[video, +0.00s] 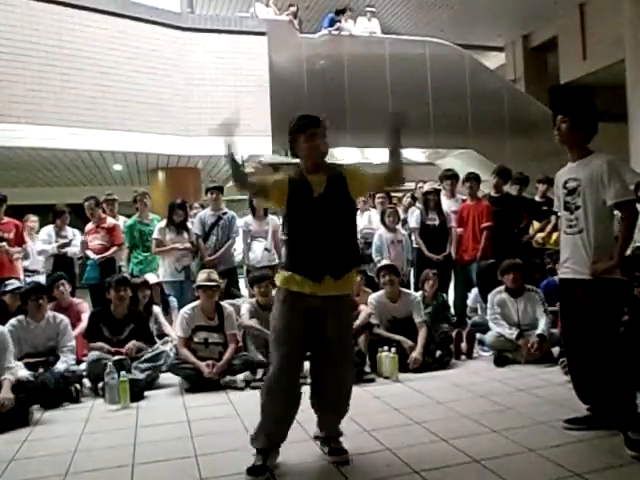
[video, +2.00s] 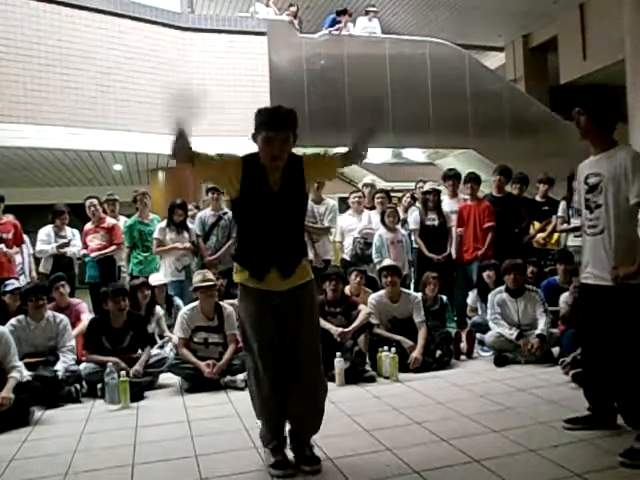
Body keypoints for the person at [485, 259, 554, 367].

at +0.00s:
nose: (512, 277)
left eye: (515, 273)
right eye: (508, 274)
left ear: (522, 275)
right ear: (502, 278)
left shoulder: (535, 293)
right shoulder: (495, 296)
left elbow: (544, 316)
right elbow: (494, 320)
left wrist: (540, 336)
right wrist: (517, 335)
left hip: (531, 331)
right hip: (508, 333)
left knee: (552, 336)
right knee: (491, 339)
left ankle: (512, 357)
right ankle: (539, 355)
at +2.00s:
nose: (513, 278)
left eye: (516, 274)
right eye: (509, 274)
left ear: (523, 276)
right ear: (504, 277)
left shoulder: (535, 293)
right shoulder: (495, 296)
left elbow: (543, 315)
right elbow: (494, 320)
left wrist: (540, 336)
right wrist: (517, 336)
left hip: (531, 331)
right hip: (508, 333)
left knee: (553, 335)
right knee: (491, 338)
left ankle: (513, 357)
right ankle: (538, 355)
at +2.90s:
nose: (516, 280)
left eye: (520, 276)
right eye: (512, 277)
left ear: (527, 279)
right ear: (507, 280)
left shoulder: (539, 296)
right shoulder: (499, 299)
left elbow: (548, 319)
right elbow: (498, 323)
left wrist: (544, 339)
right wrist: (521, 339)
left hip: (535, 335)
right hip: (512, 335)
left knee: (558, 338)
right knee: (495, 341)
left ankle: (518, 360)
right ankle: (542, 358)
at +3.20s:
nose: (517, 280)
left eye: (521, 276)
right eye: (513, 277)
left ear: (528, 279)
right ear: (508, 280)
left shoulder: (539, 297)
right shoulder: (499, 299)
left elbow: (548, 319)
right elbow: (498, 323)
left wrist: (544, 339)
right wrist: (522, 339)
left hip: (535, 335)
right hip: (513, 336)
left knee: (559, 338)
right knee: (495, 341)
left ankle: (519, 360)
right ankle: (542, 358)